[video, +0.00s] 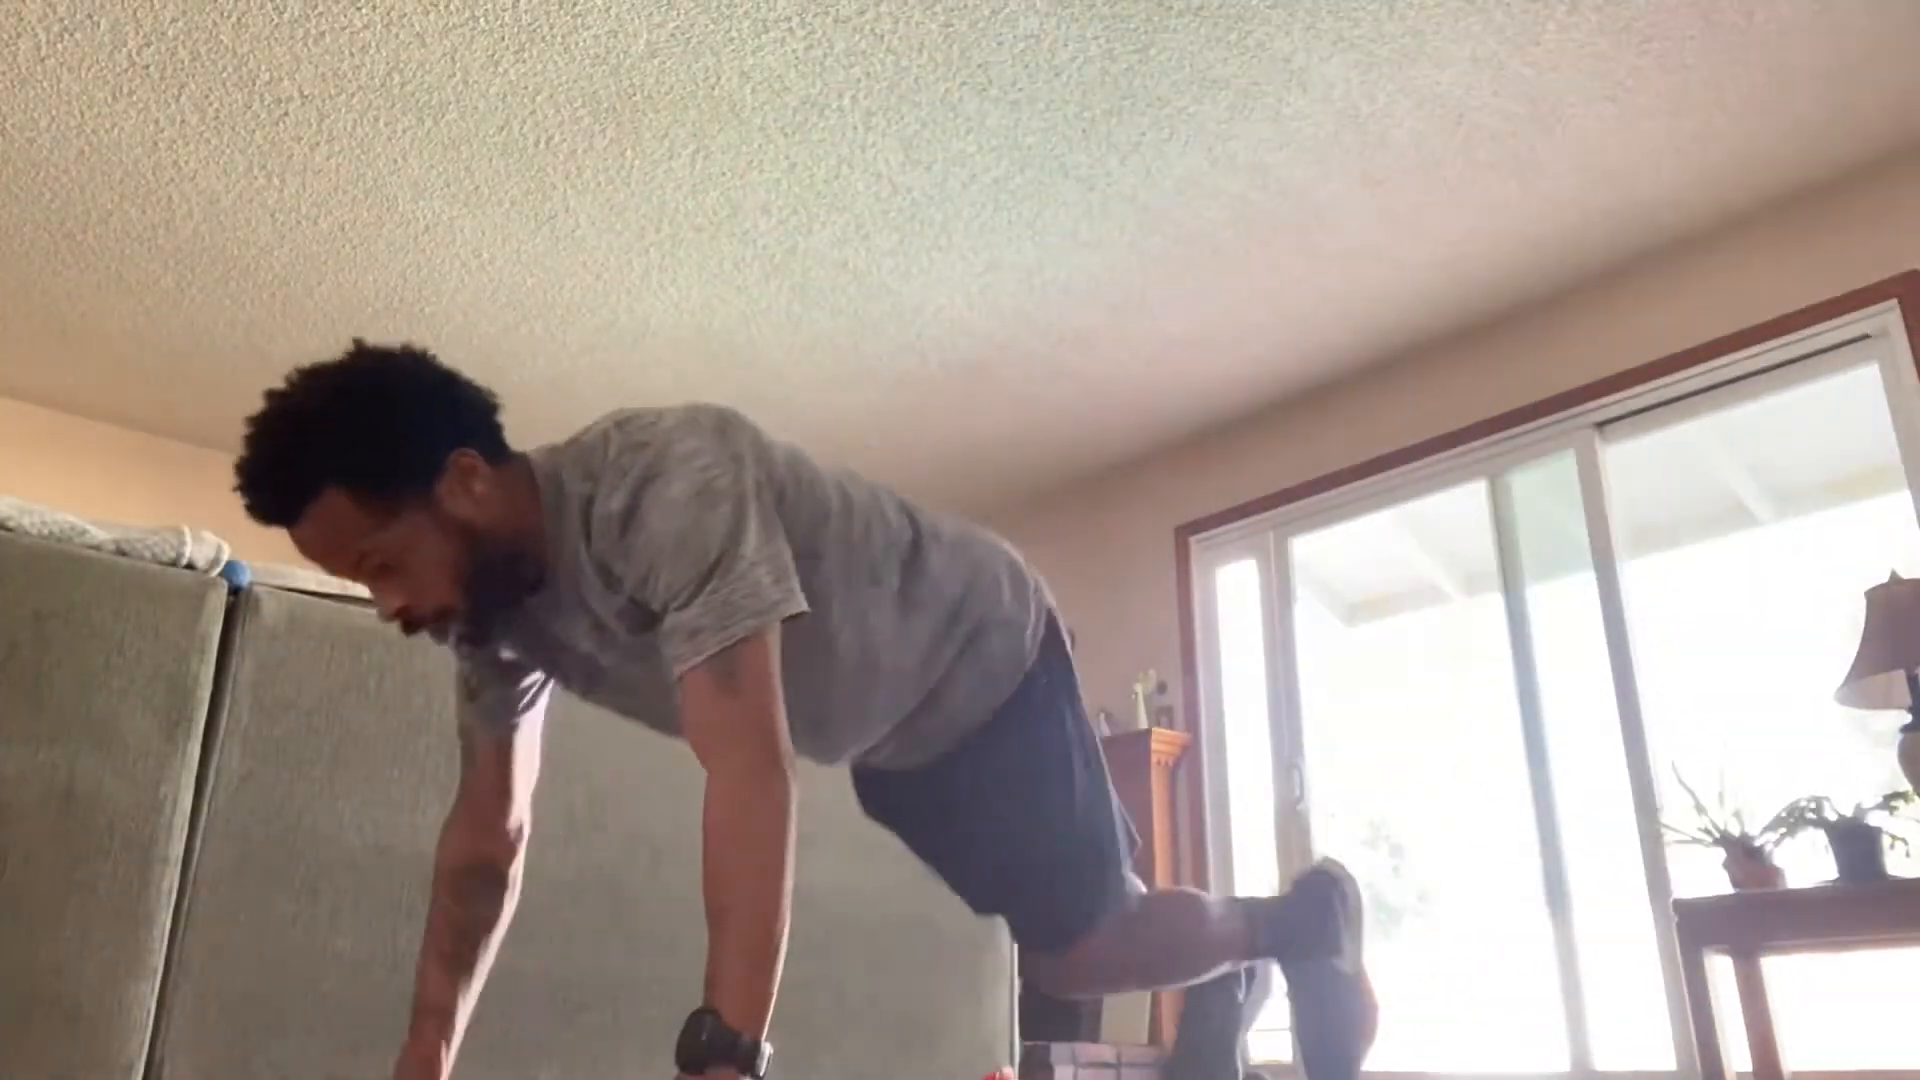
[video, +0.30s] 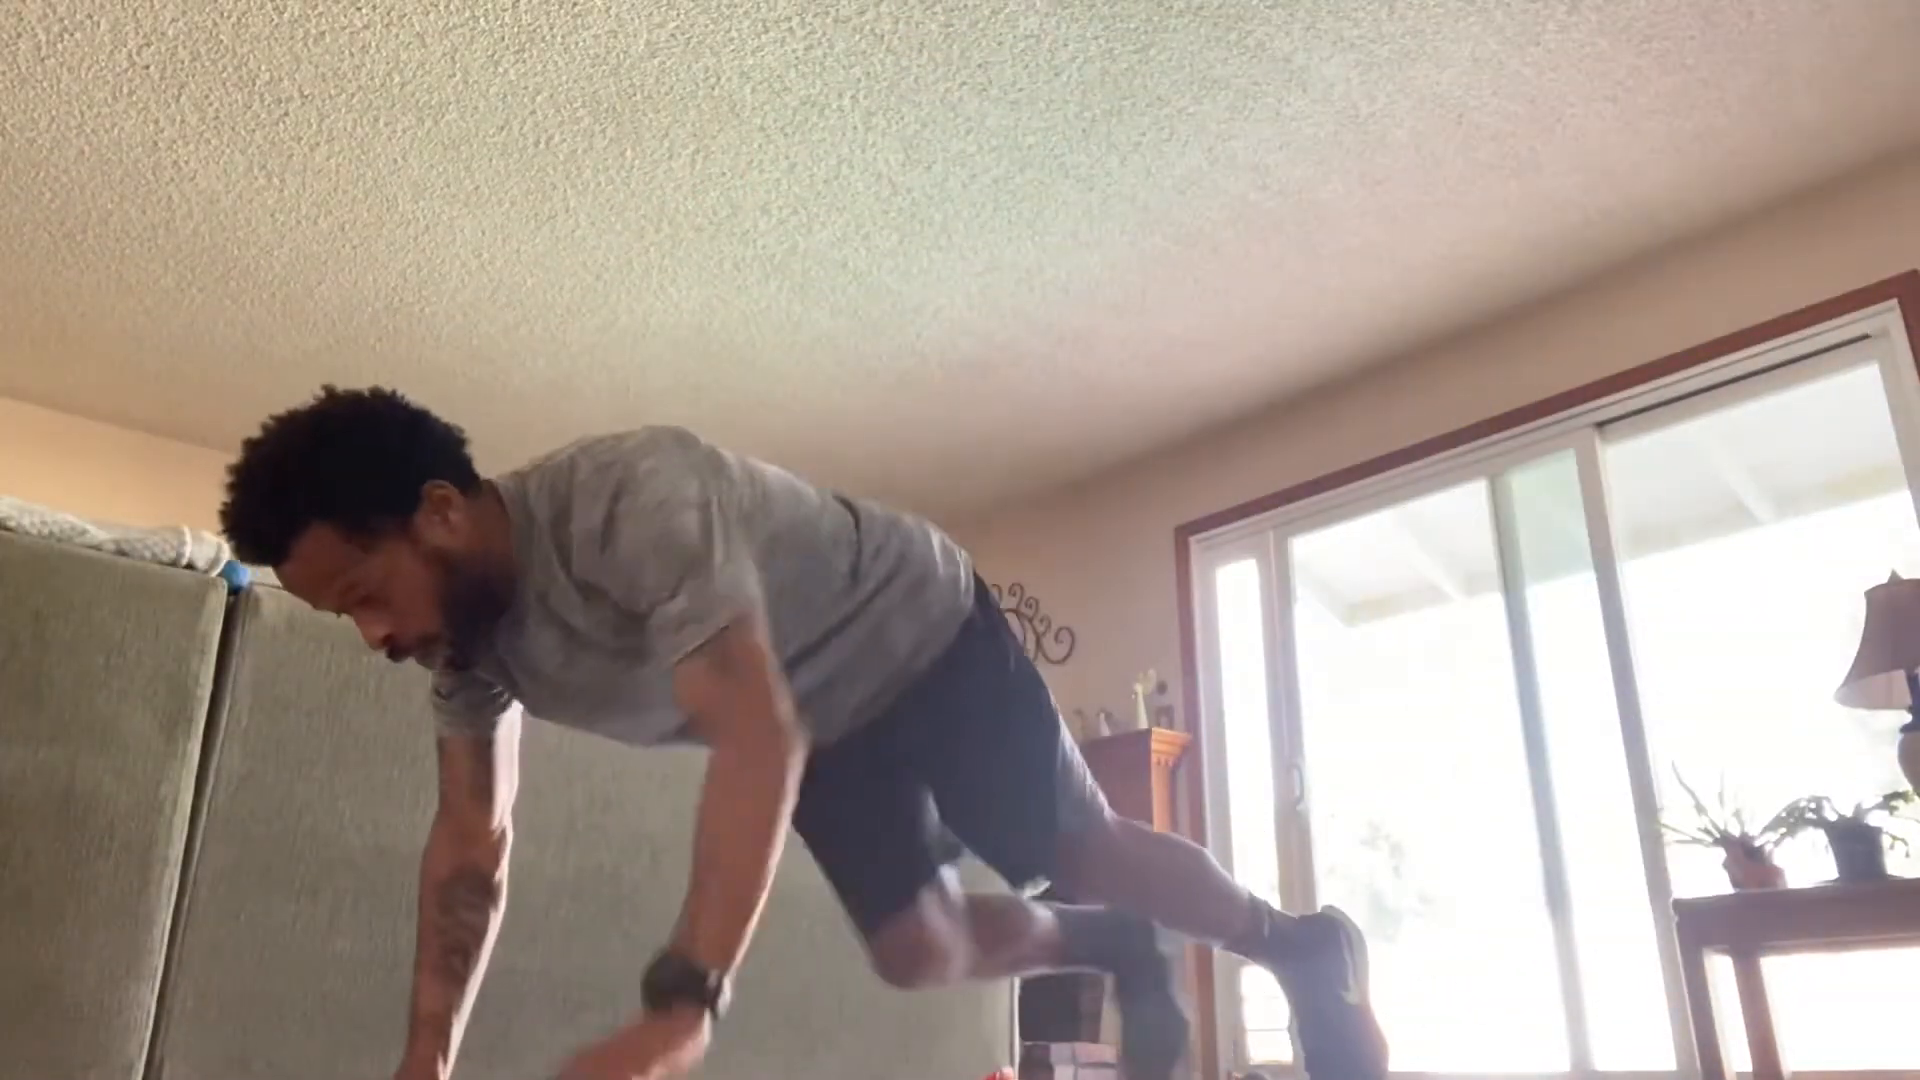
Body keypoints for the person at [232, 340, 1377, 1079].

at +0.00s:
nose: (381, 606)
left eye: (376, 566)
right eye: (354, 583)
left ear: (461, 486)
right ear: (444, 503)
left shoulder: (671, 479)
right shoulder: (488, 613)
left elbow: (751, 764)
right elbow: (482, 850)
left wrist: (729, 1042)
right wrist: (425, 1061)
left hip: (981, 654)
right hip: (874, 735)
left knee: (1086, 947)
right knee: (1036, 915)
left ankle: (1302, 923)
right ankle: (1212, 970)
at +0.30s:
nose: (360, 631)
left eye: (355, 593)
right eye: (334, 612)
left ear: (431, 512)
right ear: (359, 579)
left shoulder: (637, 504)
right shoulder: (460, 634)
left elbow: (760, 742)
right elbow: (469, 857)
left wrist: (687, 1000)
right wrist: (425, 1062)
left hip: (927, 630)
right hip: (810, 725)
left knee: (1077, 852)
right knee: (923, 949)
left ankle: (1299, 945)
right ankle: (1112, 947)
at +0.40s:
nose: (382, 629)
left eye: (380, 591)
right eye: (357, 611)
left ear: (452, 510)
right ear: (368, 587)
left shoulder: (637, 496)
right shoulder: (467, 634)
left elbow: (847, 670)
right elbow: (470, 858)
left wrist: (735, 892)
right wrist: (426, 1063)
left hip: (924, 594)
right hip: (788, 678)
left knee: (1069, 831)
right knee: (812, 913)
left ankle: (1296, 946)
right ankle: (1030, 897)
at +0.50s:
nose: (387, 633)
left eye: (386, 594)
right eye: (361, 615)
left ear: (457, 514)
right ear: (370, 595)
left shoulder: (642, 499)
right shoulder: (474, 639)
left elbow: (873, 639)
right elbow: (473, 857)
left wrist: (763, 832)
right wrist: (427, 1062)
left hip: (921, 590)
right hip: (790, 668)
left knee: (1063, 829)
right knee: (795, 891)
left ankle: (1296, 949)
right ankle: (1003, 884)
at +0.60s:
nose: (371, 623)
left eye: (370, 583)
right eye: (344, 604)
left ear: (444, 505)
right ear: (357, 582)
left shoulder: (624, 502)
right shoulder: (458, 633)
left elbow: (822, 684)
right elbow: (466, 860)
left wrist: (712, 915)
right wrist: (424, 1065)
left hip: (920, 608)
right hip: (810, 699)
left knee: (1079, 830)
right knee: (884, 930)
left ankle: (1300, 947)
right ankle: (1079, 893)